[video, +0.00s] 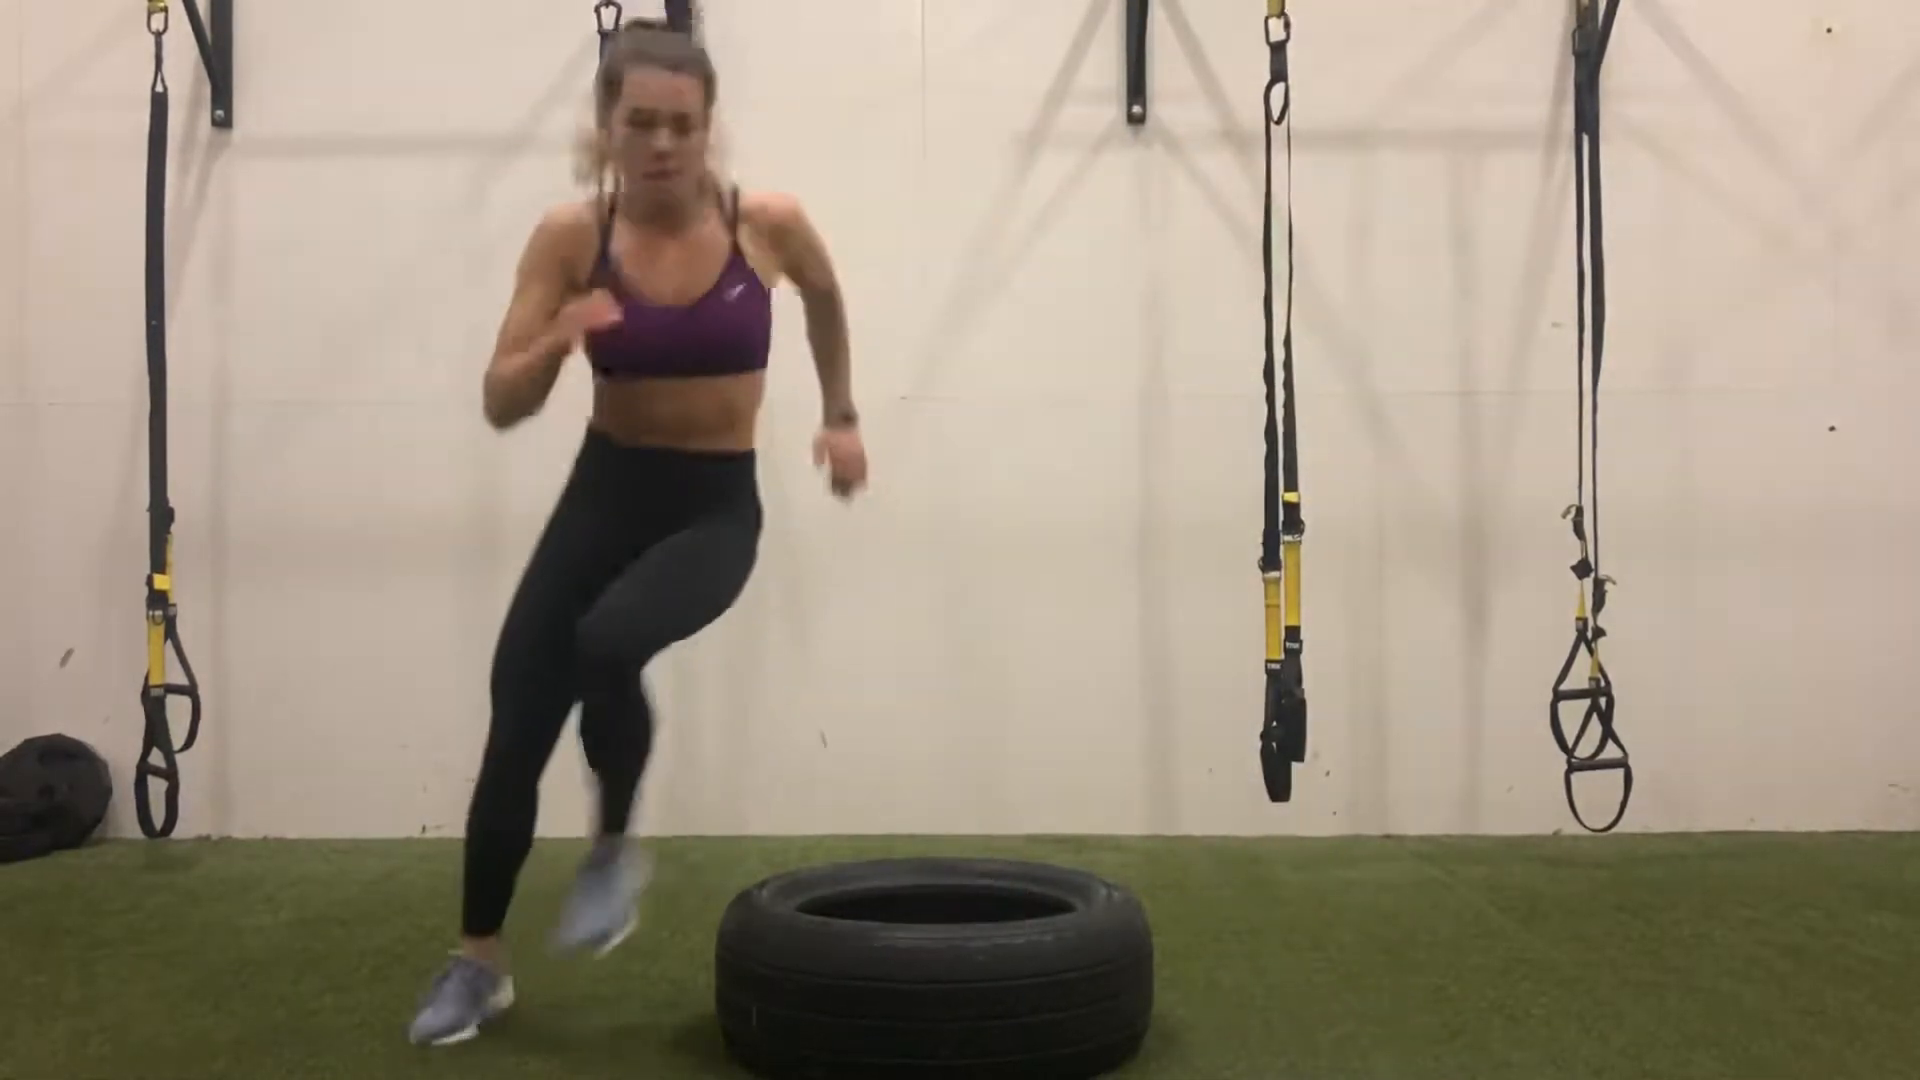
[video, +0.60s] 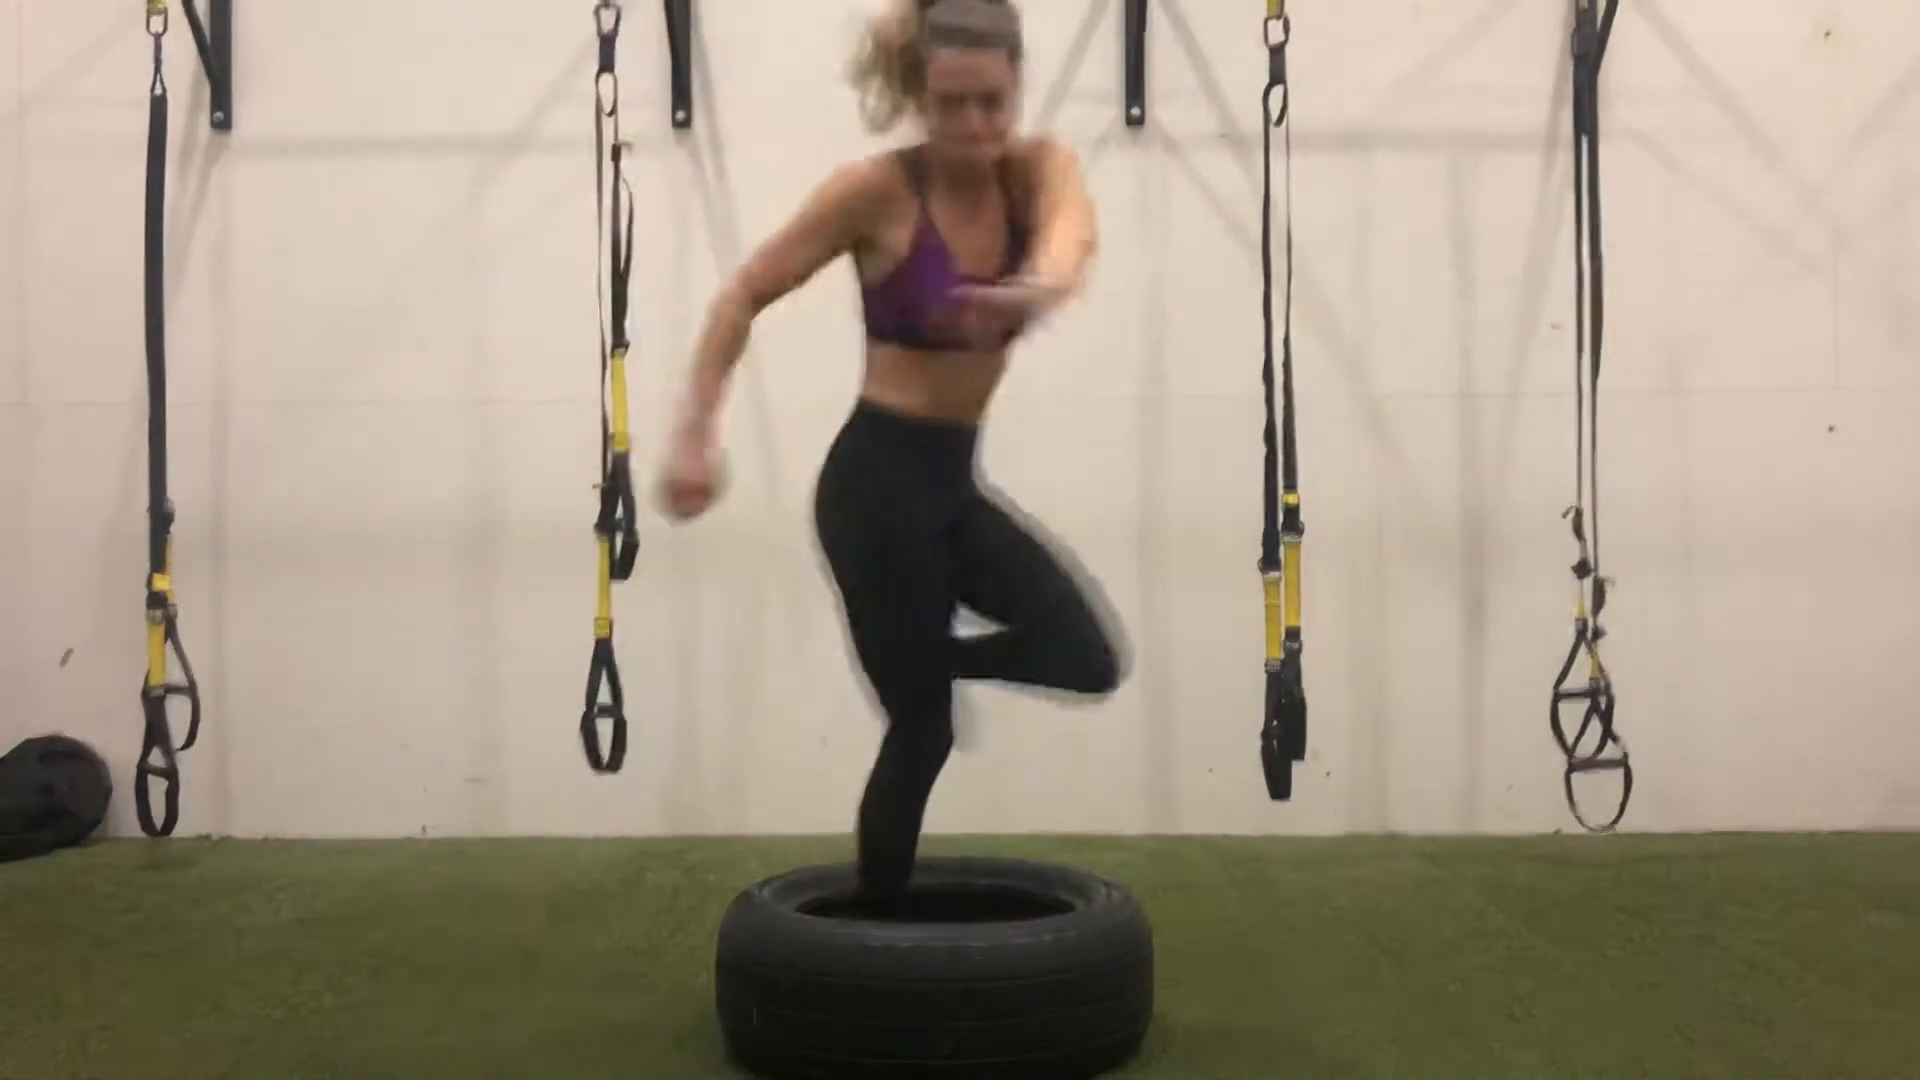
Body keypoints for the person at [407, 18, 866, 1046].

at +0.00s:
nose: (663, 144)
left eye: (682, 124)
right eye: (642, 123)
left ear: (710, 129)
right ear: (607, 128)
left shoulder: (766, 227)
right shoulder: (573, 235)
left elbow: (822, 301)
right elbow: (503, 403)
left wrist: (839, 417)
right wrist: (559, 336)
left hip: (718, 507)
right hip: (606, 498)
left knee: (605, 644)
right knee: (519, 722)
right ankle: (479, 956)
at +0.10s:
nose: (707, 135)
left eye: (724, 114)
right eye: (682, 116)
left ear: (747, 109)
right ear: (637, 115)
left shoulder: (785, 213)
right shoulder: (598, 215)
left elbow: (840, 274)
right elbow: (496, 335)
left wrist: (875, 377)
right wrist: (525, 384)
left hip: (697, 509)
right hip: (588, 482)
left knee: (600, 766)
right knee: (483, 734)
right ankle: (410, 911)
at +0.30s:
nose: (772, 195)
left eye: (789, 173)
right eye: (751, 175)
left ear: (812, 168)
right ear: (713, 171)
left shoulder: (830, 260)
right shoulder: (664, 255)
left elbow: (923, 378)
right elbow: (533, 261)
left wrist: (824, 305)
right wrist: (413, 288)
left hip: (688, 528)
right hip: (624, 509)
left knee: (593, 785)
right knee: (804, 648)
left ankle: (427, 987)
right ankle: (572, 713)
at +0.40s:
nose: (853, 126)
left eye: (869, 105)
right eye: (831, 106)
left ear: (890, 102)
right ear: (787, 106)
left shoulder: (917, 175)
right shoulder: (748, 172)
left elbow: (944, 257)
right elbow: (642, 167)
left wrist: (822, 219)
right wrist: (561, 242)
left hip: (785, 471)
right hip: (729, 461)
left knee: (694, 728)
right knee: (938, 589)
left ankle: (490, 883)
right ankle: (841, 801)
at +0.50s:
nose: (912, 115)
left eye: (929, 92)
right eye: (889, 93)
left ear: (952, 86)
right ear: (845, 89)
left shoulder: (970, 163)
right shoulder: (796, 168)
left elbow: (994, 263)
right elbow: (703, 236)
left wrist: (855, 230)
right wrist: (632, 338)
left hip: (863, 481)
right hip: (809, 479)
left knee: (890, 720)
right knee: (925, 717)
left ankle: (659, 711)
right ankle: (896, 941)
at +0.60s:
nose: (974, 124)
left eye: (992, 102)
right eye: (953, 103)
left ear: (1017, 97)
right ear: (919, 98)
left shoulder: (1039, 168)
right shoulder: (876, 189)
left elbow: (1067, 239)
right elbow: (743, 296)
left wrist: (1026, 291)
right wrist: (695, 437)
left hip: (951, 485)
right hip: (876, 486)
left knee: (1087, 659)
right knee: (921, 727)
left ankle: (916, 645)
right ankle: (880, 939)